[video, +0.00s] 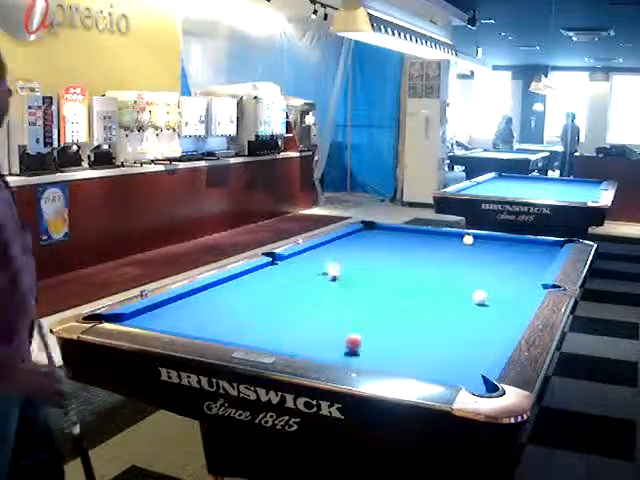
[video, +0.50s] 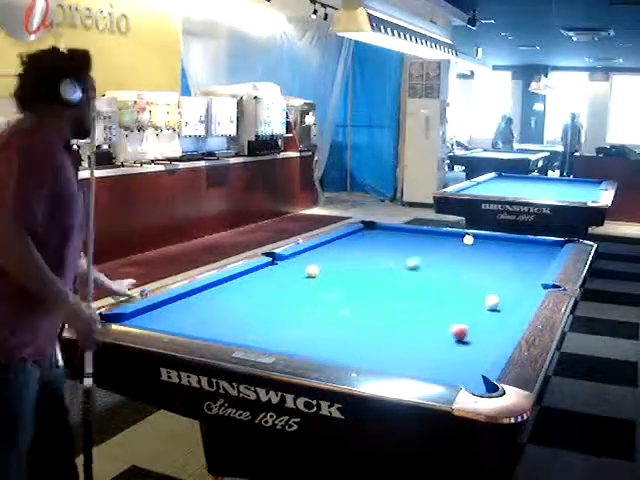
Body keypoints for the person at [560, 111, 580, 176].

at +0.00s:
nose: (570, 119)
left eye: (572, 117)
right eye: (569, 117)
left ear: (574, 118)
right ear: (567, 118)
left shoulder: (576, 127)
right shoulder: (565, 126)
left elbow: (578, 136)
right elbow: (562, 135)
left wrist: (577, 143)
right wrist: (563, 142)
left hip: (573, 146)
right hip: (566, 145)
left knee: (571, 159)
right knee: (564, 159)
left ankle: (570, 173)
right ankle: (562, 172)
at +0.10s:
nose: (570, 119)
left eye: (572, 117)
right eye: (569, 117)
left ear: (574, 118)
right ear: (567, 118)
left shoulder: (576, 127)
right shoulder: (565, 126)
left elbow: (578, 136)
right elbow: (562, 135)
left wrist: (577, 143)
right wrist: (563, 142)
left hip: (573, 145)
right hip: (566, 145)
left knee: (571, 159)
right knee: (564, 159)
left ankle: (570, 173)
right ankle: (562, 173)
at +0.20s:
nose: (570, 119)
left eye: (572, 117)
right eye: (569, 117)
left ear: (574, 118)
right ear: (567, 117)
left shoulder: (576, 127)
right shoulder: (565, 126)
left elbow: (578, 136)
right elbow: (562, 135)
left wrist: (577, 143)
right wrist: (563, 142)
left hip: (573, 145)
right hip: (566, 145)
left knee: (571, 159)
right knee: (564, 159)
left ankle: (569, 173)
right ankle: (562, 172)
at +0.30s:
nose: (572, 118)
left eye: (574, 117)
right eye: (571, 116)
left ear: (575, 117)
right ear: (570, 117)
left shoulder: (576, 126)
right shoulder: (566, 125)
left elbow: (578, 135)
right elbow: (563, 134)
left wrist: (578, 143)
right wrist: (563, 141)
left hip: (573, 145)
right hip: (566, 144)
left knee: (571, 158)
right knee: (564, 158)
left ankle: (569, 172)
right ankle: (562, 172)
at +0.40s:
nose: (572, 118)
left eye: (574, 117)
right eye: (571, 117)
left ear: (575, 117)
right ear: (569, 117)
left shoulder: (576, 126)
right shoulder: (566, 125)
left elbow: (578, 136)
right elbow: (563, 134)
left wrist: (577, 143)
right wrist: (563, 141)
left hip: (573, 145)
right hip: (566, 144)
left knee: (571, 158)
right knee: (564, 158)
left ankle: (569, 172)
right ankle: (562, 172)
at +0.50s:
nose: (572, 118)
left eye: (573, 117)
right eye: (571, 116)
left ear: (575, 117)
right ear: (570, 117)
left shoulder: (577, 127)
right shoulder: (566, 125)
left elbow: (579, 138)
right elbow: (563, 135)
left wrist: (579, 146)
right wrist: (563, 142)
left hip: (574, 146)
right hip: (566, 145)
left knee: (571, 160)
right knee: (563, 159)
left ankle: (569, 173)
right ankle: (561, 172)